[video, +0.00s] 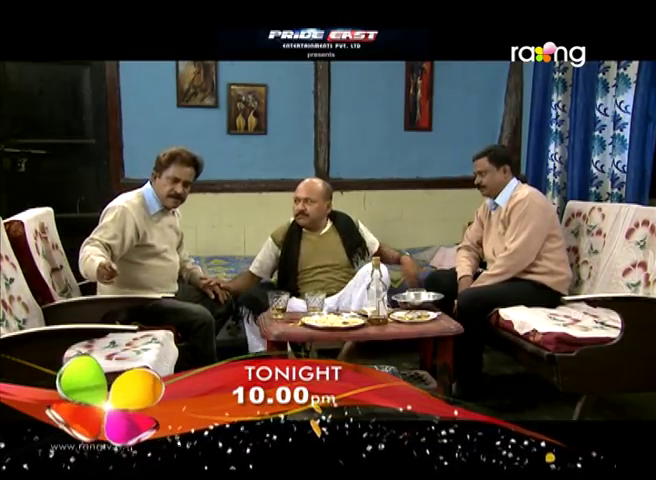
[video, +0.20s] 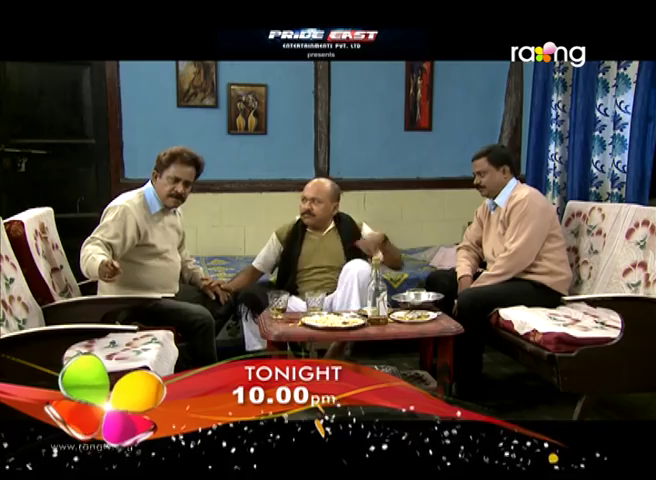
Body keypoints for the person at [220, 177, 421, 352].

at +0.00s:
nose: (300, 207)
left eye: (309, 202)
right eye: (297, 201)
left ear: (327, 207)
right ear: (293, 202)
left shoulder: (346, 224)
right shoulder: (284, 235)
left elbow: (379, 251)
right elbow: (252, 277)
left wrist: (403, 258)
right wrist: (226, 287)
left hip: (348, 300)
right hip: (300, 305)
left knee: (378, 275)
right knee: (251, 298)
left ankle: (345, 358)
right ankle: (274, 365)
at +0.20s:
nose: (306, 207)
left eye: (315, 202)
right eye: (303, 201)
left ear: (334, 207)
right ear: (300, 201)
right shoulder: (286, 233)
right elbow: (255, 271)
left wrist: (382, 243)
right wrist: (229, 288)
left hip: (339, 300)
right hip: (297, 303)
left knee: (358, 268)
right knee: (250, 296)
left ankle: (339, 351)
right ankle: (262, 364)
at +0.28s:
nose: (309, 207)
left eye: (318, 202)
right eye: (307, 200)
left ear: (337, 208)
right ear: (303, 200)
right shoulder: (289, 232)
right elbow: (256, 270)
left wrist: (369, 237)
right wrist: (229, 287)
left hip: (341, 299)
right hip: (298, 302)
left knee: (352, 268)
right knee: (249, 295)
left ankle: (335, 351)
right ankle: (265, 364)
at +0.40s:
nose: (312, 206)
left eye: (321, 202)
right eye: (310, 199)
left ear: (340, 207)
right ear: (306, 199)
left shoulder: (355, 230)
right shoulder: (292, 231)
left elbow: (382, 264)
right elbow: (259, 267)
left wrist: (347, 240)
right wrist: (228, 286)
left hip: (339, 302)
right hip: (297, 302)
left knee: (342, 270)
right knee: (248, 293)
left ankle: (330, 350)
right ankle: (264, 360)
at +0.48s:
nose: (314, 206)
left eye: (323, 201)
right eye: (312, 199)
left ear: (342, 208)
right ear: (308, 200)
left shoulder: (357, 231)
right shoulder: (294, 230)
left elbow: (369, 265)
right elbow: (260, 266)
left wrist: (331, 243)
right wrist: (228, 286)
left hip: (338, 301)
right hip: (297, 302)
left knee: (337, 272)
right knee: (248, 294)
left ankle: (333, 353)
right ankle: (266, 361)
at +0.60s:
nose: (314, 206)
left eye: (324, 202)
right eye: (314, 199)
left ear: (344, 209)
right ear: (310, 199)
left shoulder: (356, 231)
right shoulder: (297, 229)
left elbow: (359, 264)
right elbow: (262, 262)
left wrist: (312, 250)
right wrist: (228, 285)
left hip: (341, 302)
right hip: (298, 302)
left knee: (329, 277)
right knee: (246, 295)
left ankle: (328, 356)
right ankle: (262, 362)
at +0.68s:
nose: (315, 206)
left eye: (324, 202)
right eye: (315, 199)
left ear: (344, 210)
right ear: (312, 199)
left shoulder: (356, 233)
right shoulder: (298, 228)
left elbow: (351, 267)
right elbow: (262, 258)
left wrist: (301, 253)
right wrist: (228, 282)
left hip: (342, 303)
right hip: (300, 302)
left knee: (325, 282)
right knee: (246, 302)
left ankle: (320, 356)